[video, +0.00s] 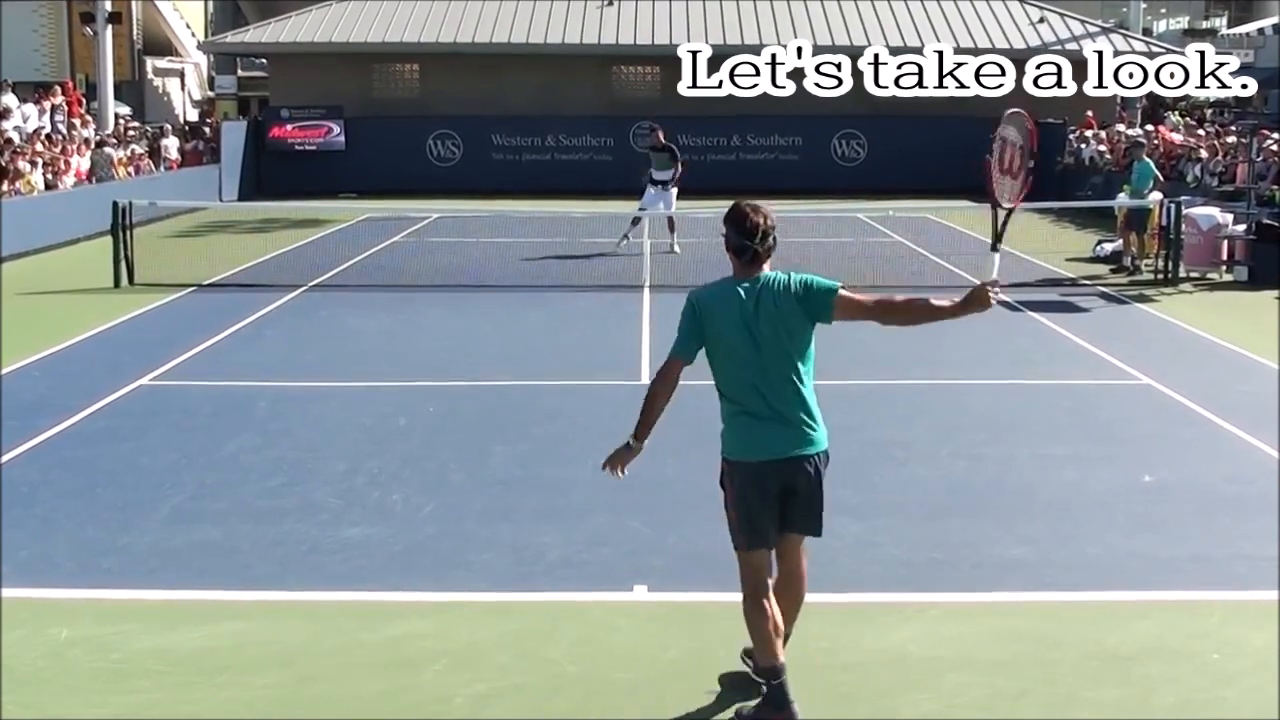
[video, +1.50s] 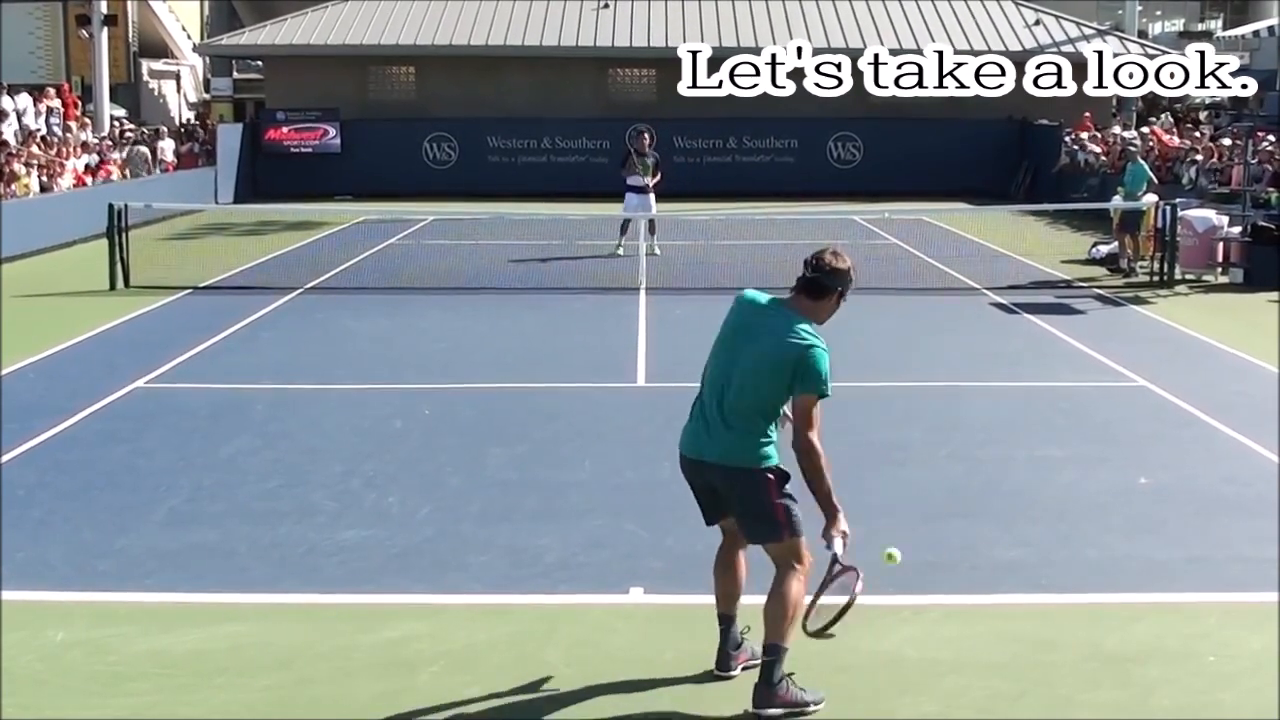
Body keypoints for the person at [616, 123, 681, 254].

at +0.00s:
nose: (654, 139)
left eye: (656, 136)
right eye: (652, 136)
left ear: (661, 135)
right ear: (651, 138)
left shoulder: (671, 149)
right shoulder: (651, 149)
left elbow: (678, 167)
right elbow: (653, 165)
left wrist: (672, 182)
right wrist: (648, 176)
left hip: (668, 184)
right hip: (653, 183)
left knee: (670, 214)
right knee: (641, 211)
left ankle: (673, 242)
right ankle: (626, 236)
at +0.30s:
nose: (653, 140)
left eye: (654, 137)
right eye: (651, 138)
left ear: (660, 136)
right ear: (650, 140)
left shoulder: (671, 148)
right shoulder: (652, 153)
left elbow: (691, 153)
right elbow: (659, 168)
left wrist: (704, 167)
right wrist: (650, 177)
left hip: (673, 186)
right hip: (656, 185)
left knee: (674, 215)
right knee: (645, 210)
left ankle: (675, 244)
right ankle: (639, 234)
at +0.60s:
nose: (651, 142)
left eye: (652, 139)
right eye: (649, 140)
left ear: (656, 139)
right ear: (645, 141)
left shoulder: (666, 152)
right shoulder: (644, 155)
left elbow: (684, 160)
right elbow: (644, 168)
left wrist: (690, 175)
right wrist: (643, 178)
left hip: (666, 187)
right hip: (651, 187)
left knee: (668, 215)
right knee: (650, 215)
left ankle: (673, 244)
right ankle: (655, 241)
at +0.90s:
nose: (653, 140)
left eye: (654, 138)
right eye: (650, 138)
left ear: (658, 139)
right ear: (646, 140)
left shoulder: (667, 153)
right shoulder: (641, 154)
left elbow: (674, 167)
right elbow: (638, 170)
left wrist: (670, 179)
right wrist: (645, 177)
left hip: (661, 188)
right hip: (646, 188)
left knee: (660, 216)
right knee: (643, 215)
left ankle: (657, 243)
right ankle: (647, 237)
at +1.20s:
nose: (648, 135)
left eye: (650, 133)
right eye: (646, 133)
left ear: (654, 134)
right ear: (642, 135)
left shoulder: (661, 150)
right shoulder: (635, 149)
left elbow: (666, 166)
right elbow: (630, 166)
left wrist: (658, 176)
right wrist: (637, 166)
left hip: (653, 186)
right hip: (638, 186)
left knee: (654, 215)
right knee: (631, 214)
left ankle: (655, 243)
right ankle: (624, 241)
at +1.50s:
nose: (644, 141)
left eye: (646, 138)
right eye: (641, 139)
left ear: (649, 141)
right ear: (636, 141)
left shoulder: (654, 156)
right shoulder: (631, 155)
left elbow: (658, 173)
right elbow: (623, 173)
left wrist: (651, 182)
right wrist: (633, 171)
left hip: (647, 189)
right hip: (632, 189)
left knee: (651, 217)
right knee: (628, 217)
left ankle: (653, 244)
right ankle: (620, 244)